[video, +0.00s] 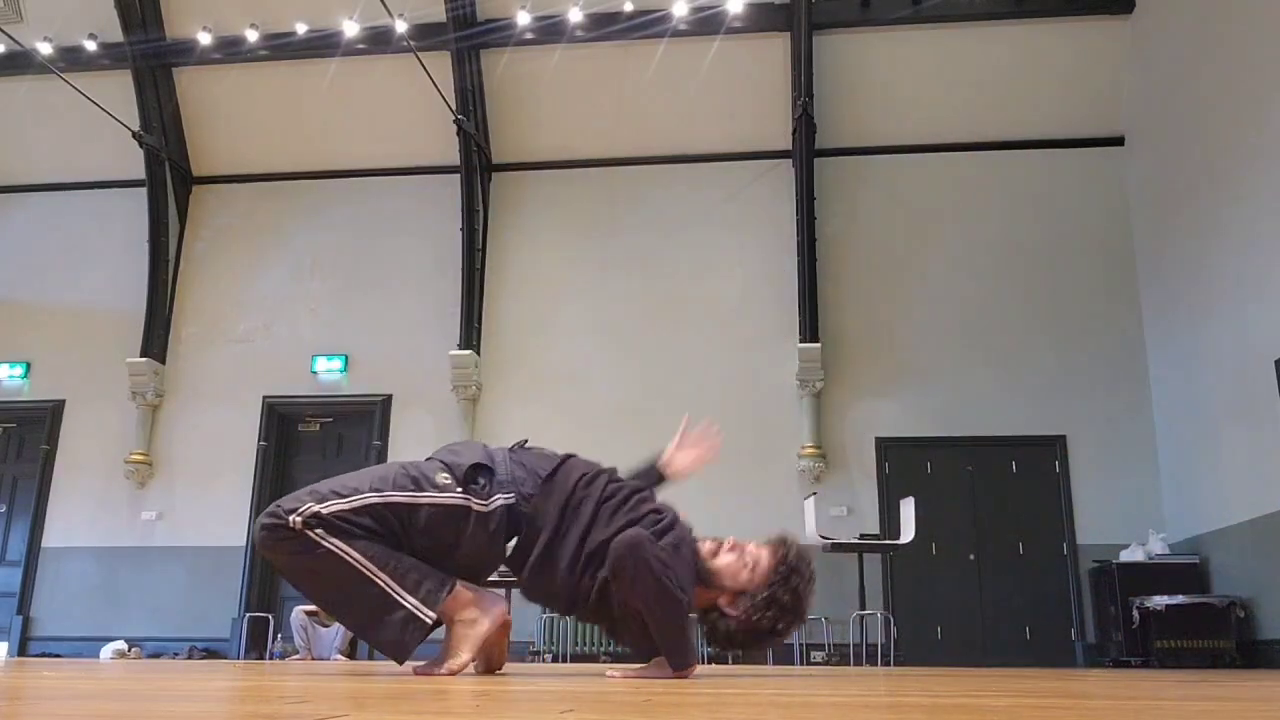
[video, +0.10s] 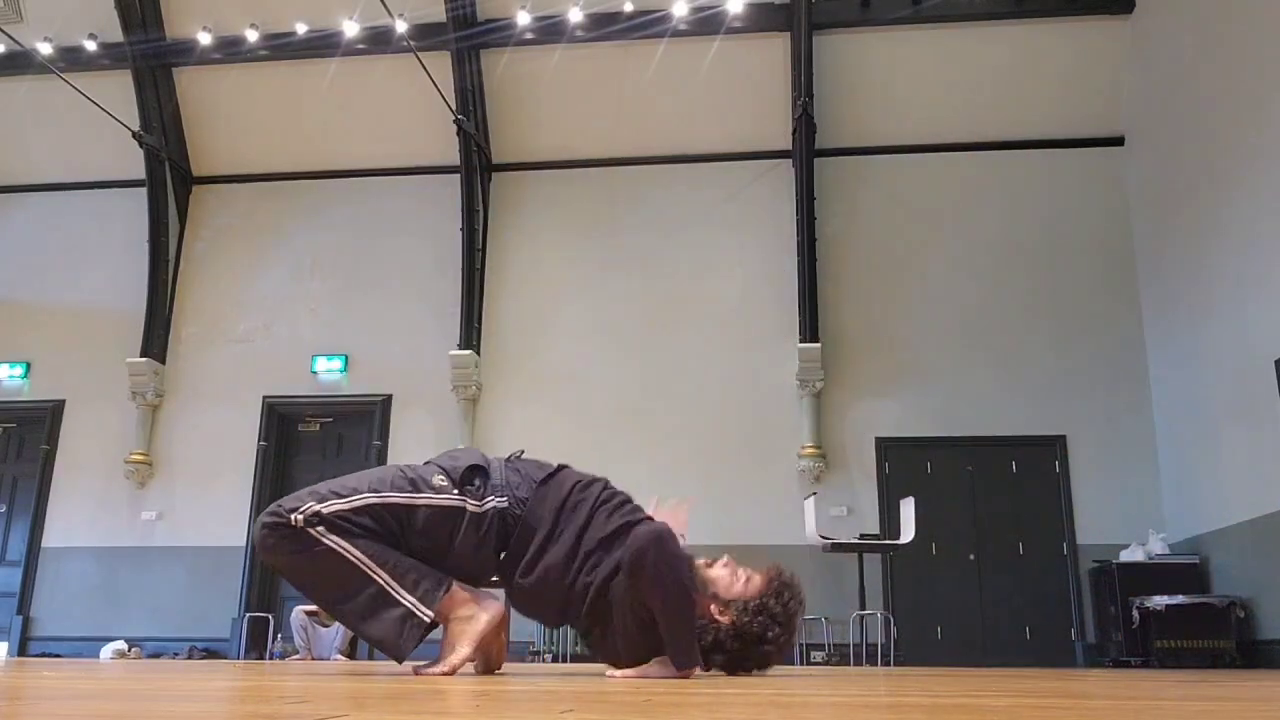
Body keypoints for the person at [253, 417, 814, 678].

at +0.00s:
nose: (735, 543)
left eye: (748, 560)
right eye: (749, 543)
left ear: (732, 605)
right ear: (734, 541)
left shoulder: (667, 560)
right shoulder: (668, 557)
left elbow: (632, 549)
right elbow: (611, 513)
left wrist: (676, 663)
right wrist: (660, 470)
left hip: (490, 500)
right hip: (485, 499)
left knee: (288, 525)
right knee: (294, 522)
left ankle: (463, 611)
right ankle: (476, 612)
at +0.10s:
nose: (722, 555)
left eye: (733, 568)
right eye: (737, 558)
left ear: (724, 611)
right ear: (715, 621)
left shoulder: (673, 571)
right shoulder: (651, 631)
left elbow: (659, 546)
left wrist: (670, 671)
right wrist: (646, 662)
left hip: (491, 504)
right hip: (484, 501)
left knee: (289, 524)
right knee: (291, 523)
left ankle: (461, 609)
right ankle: (473, 609)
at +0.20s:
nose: (728, 580)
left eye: (737, 596)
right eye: (742, 588)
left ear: (726, 621)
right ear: (728, 631)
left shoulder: (678, 619)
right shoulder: (641, 641)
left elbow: (688, 534)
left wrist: (690, 657)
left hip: (495, 511)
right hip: (489, 500)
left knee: (293, 515)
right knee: (294, 514)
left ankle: (459, 610)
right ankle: (472, 615)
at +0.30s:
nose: (737, 596)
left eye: (740, 603)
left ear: (736, 609)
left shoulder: (692, 596)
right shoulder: (631, 648)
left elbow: (718, 532)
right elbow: (520, 645)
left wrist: (700, 657)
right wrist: (370, 602)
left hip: (508, 520)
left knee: (305, 504)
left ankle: (459, 609)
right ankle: (480, 628)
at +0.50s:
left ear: (764, 628)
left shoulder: (715, 592)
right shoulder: (656, 652)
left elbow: (789, 556)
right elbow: (558, 656)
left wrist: (737, 657)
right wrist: (647, 666)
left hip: (544, 534)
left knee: (351, 497)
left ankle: (468, 624)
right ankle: (494, 623)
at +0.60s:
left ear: (776, 612)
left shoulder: (729, 581)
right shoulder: (675, 648)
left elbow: (814, 551)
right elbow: (578, 656)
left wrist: (768, 656)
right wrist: (676, 665)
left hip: (562, 537)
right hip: (564, 571)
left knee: (373, 499)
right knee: (529, 491)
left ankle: (461, 626)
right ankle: (494, 639)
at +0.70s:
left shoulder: (741, 575)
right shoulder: (689, 654)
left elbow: (839, 550)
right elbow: (588, 658)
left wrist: (805, 654)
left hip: (576, 545)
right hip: (571, 598)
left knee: (397, 508)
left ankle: (451, 634)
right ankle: (510, 627)